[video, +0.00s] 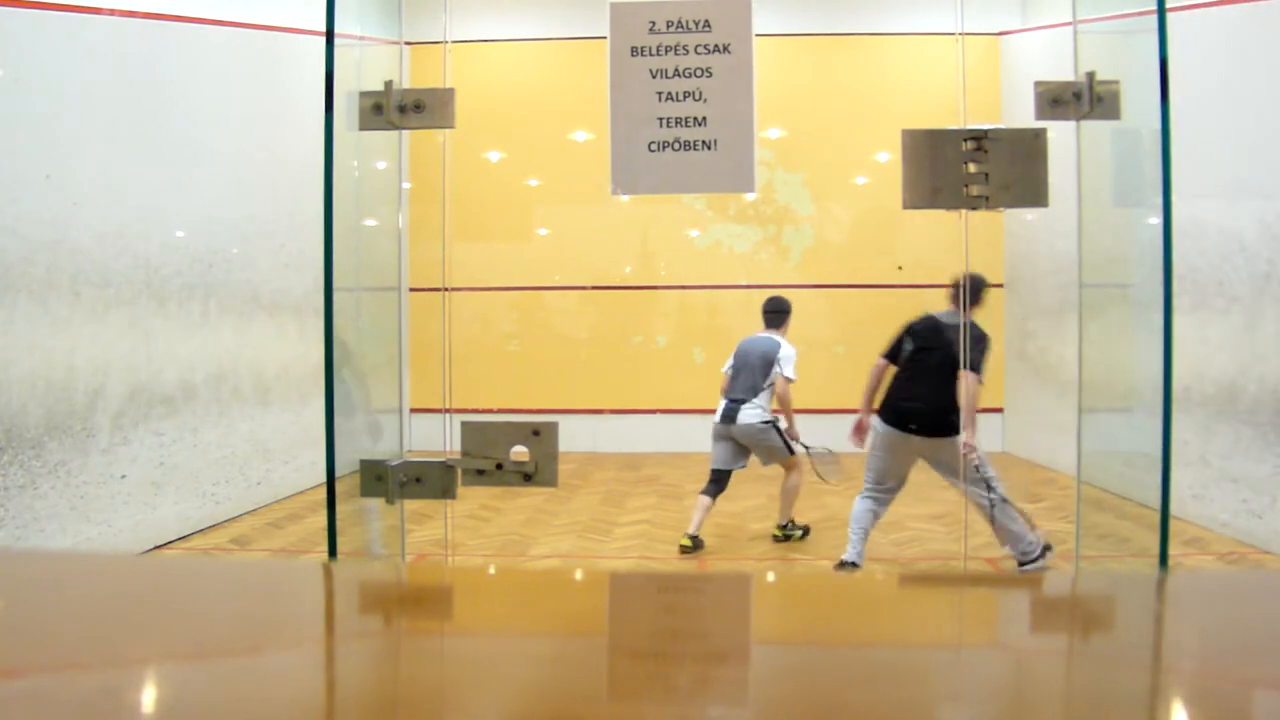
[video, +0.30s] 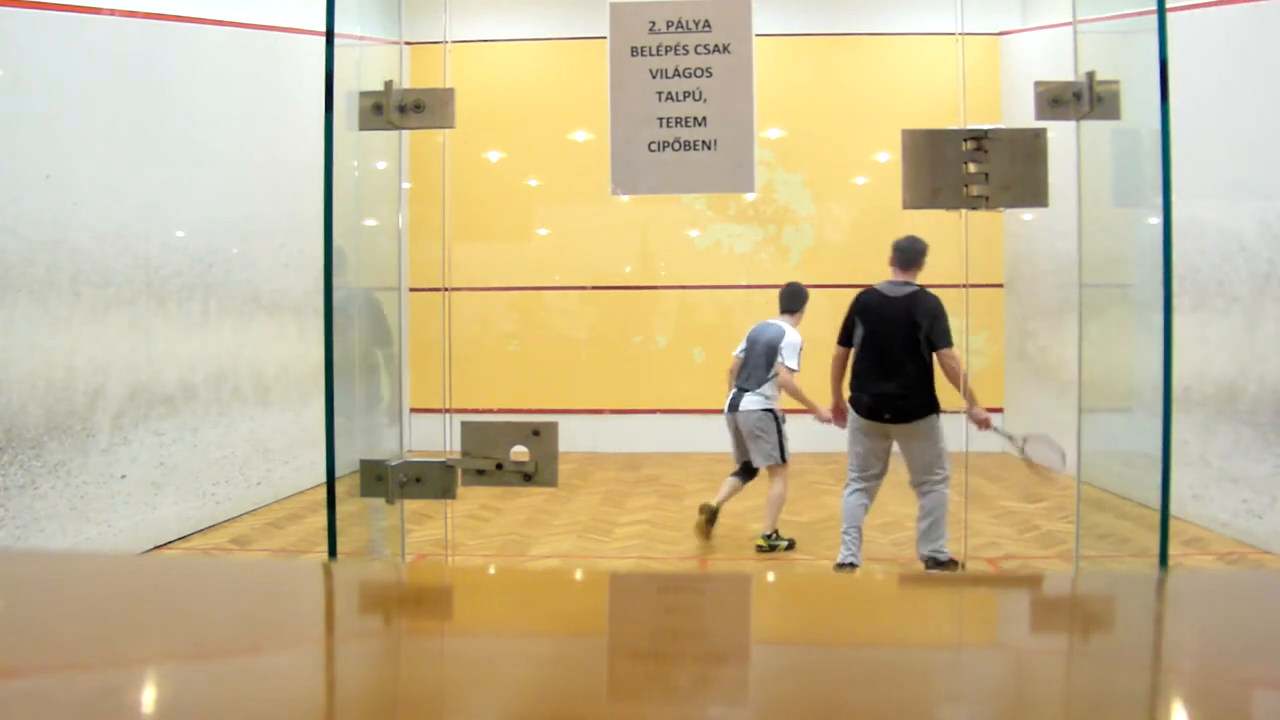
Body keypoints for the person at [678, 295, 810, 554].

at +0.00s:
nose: (788, 322)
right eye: (789, 318)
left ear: (764, 318)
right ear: (787, 319)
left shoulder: (743, 344)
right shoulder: (784, 348)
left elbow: (726, 386)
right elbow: (781, 391)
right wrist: (791, 426)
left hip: (725, 416)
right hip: (754, 419)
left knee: (717, 480)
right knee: (794, 465)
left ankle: (691, 534)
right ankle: (784, 525)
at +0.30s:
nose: (804, 312)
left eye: (803, 307)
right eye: (805, 308)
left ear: (780, 305)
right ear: (802, 309)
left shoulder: (758, 329)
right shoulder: (791, 336)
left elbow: (734, 367)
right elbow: (785, 380)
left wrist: (735, 399)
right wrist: (815, 408)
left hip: (734, 407)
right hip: (761, 410)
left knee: (747, 468)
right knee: (778, 472)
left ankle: (715, 504)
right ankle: (769, 534)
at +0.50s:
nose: (817, 321)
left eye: (818, 317)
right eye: (818, 317)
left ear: (794, 311)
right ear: (815, 315)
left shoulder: (772, 330)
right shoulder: (798, 335)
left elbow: (743, 356)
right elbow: (794, 368)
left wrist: (736, 378)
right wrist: (827, 377)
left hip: (740, 403)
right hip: (762, 407)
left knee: (756, 455)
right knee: (772, 472)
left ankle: (752, 509)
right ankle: (768, 534)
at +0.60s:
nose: (826, 328)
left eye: (827, 323)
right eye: (826, 323)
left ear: (802, 317)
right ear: (819, 320)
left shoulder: (778, 334)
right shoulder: (801, 339)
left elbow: (746, 355)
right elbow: (799, 369)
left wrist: (740, 370)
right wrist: (830, 369)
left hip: (743, 406)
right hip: (764, 410)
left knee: (760, 462)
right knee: (774, 473)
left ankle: (772, 501)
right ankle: (767, 529)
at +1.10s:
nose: (819, 311)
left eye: (816, 307)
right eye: (819, 308)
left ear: (795, 306)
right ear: (816, 309)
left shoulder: (774, 326)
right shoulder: (817, 338)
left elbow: (741, 352)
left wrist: (732, 376)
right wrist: (809, 403)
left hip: (757, 399)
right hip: (784, 401)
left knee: (770, 457)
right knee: (781, 462)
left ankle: (775, 504)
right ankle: (765, 507)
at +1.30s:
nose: (811, 304)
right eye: (811, 300)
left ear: (788, 300)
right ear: (810, 302)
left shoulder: (768, 324)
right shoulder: (814, 334)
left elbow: (747, 359)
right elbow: (806, 365)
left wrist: (739, 392)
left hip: (760, 398)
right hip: (789, 400)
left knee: (770, 453)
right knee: (791, 458)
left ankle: (773, 508)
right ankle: (781, 507)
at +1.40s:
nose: (809, 302)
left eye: (805, 297)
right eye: (809, 298)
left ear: (785, 299)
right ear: (807, 301)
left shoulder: (766, 325)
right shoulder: (814, 333)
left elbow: (750, 360)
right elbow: (813, 363)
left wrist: (745, 395)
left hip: (763, 402)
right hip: (792, 404)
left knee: (770, 454)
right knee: (793, 461)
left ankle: (773, 507)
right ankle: (787, 513)